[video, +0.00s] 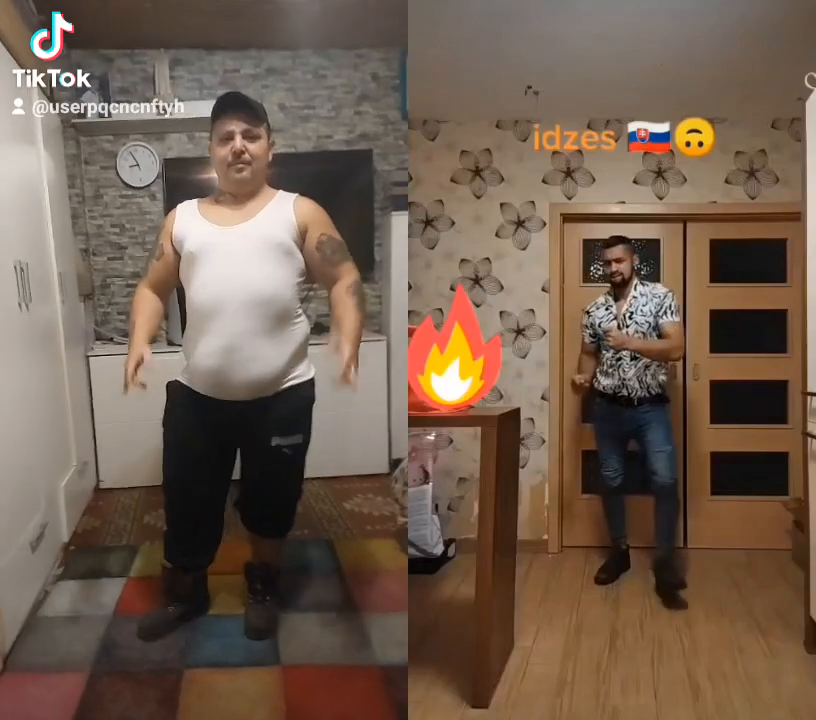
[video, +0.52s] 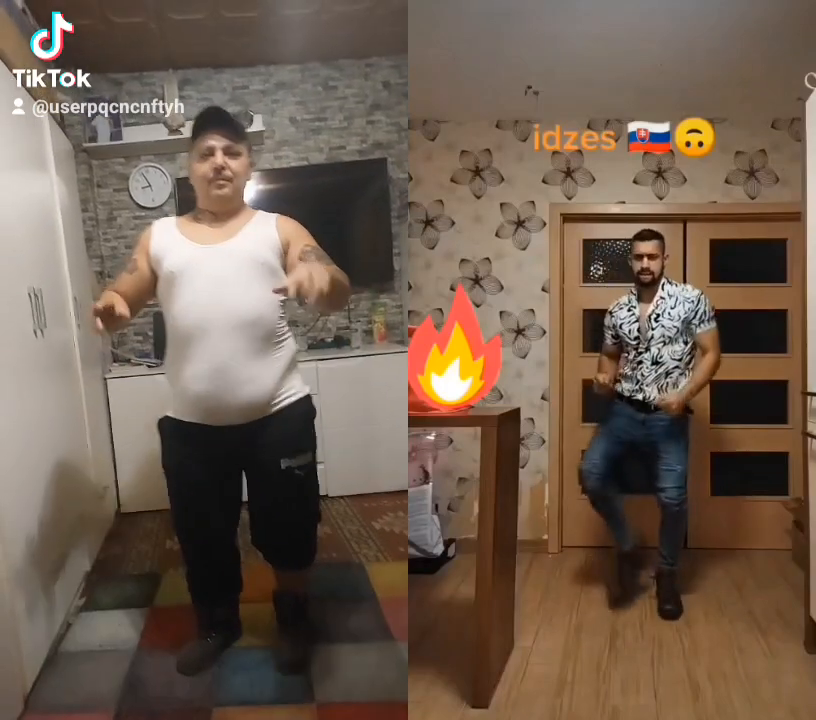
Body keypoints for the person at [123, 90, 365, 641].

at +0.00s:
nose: (239, 148)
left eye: (251, 137)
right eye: (227, 139)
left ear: (270, 148)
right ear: (212, 154)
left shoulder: (301, 215)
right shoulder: (182, 222)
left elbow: (344, 279)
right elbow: (153, 287)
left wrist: (348, 342)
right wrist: (139, 340)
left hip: (280, 395)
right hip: (198, 395)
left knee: (269, 508)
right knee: (187, 504)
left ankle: (263, 588)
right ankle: (186, 593)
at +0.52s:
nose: (220, 164)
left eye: (232, 153)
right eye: (207, 155)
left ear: (249, 166)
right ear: (190, 169)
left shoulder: (281, 231)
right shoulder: (159, 239)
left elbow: (336, 298)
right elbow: (123, 295)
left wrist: (322, 278)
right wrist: (111, 307)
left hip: (278, 414)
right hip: (192, 420)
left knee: (289, 534)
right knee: (203, 538)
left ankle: (293, 621)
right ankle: (216, 627)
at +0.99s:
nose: (198, 131)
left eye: (211, 117)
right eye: (183, 120)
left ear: (231, 129)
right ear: (166, 136)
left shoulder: (270, 197)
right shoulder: (143, 215)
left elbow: (321, 276)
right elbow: (112, 297)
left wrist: (299, 243)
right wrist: (98, 276)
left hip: (259, 393)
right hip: (172, 400)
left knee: (278, 514)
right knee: (188, 518)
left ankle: (287, 601)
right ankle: (208, 602)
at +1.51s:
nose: (205, 112)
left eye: (217, 98)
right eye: (190, 102)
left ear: (239, 109)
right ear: (173, 120)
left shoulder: (284, 178)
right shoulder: (154, 204)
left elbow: (343, 245)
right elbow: (131, 299)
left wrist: (322, 258)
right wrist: (120, 287)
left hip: (270, 391)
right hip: (179, 394)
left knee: (267, 520)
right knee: (177, 518)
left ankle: (264, 599)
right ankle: (187, 604)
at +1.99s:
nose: (240, 91)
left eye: (253, 81)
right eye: (226, 78)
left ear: (267, 98)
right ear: (200, 93)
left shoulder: (290, 177)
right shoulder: (161, 170)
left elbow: (327, 251)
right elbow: (125, 256)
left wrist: (308, 249)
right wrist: (174, 306)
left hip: (277, 372)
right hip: (190, 374)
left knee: (278, 490)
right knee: (183, 494)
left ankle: (271, 578)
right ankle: (178, 592)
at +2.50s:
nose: (227, 92)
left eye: (241, 82)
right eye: (213, 80)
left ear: (258, 100)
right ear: (190, 94)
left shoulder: (284, 175)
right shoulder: (150, 173)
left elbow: (323, 254)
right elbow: (105, 250)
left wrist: (274, 246)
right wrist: (144, 250)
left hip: (257, 368)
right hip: (171, 372)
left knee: (269, 488)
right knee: (176, 493)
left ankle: (272, 577)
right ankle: (184, 583)